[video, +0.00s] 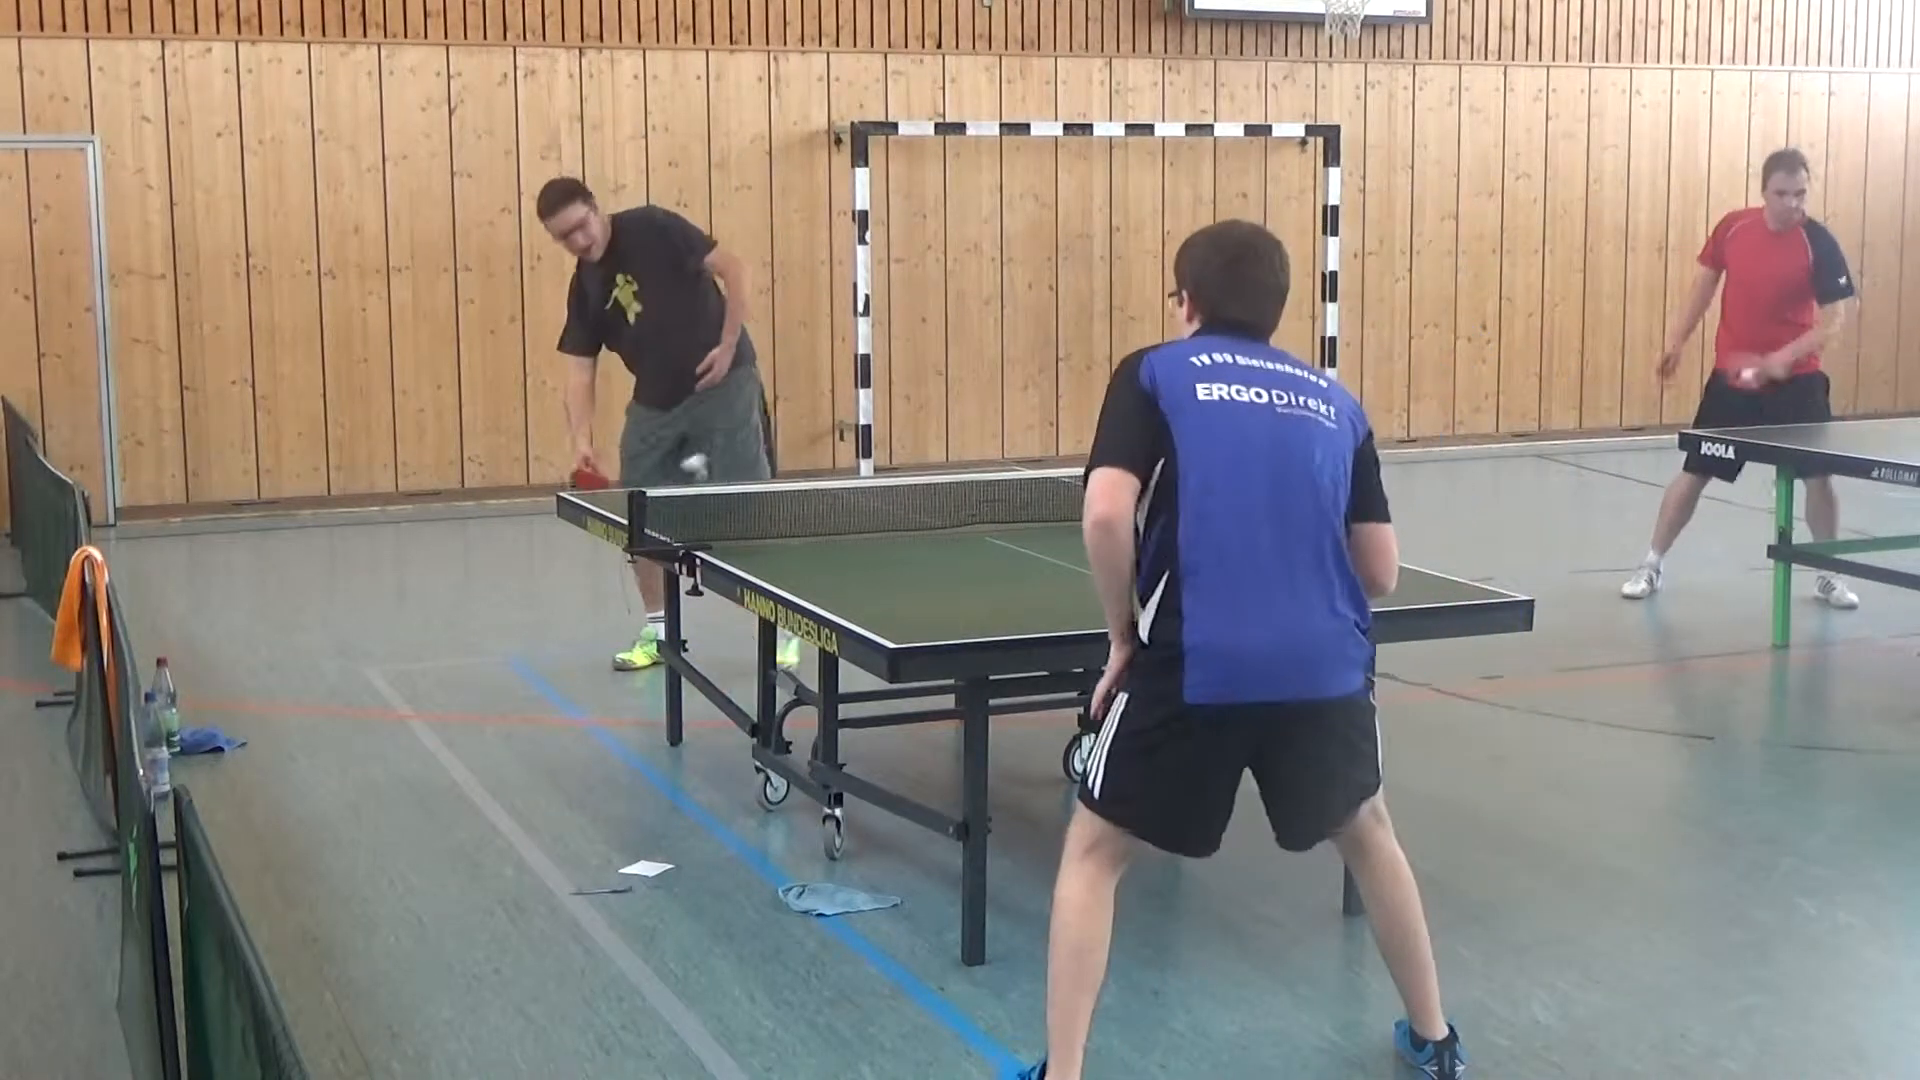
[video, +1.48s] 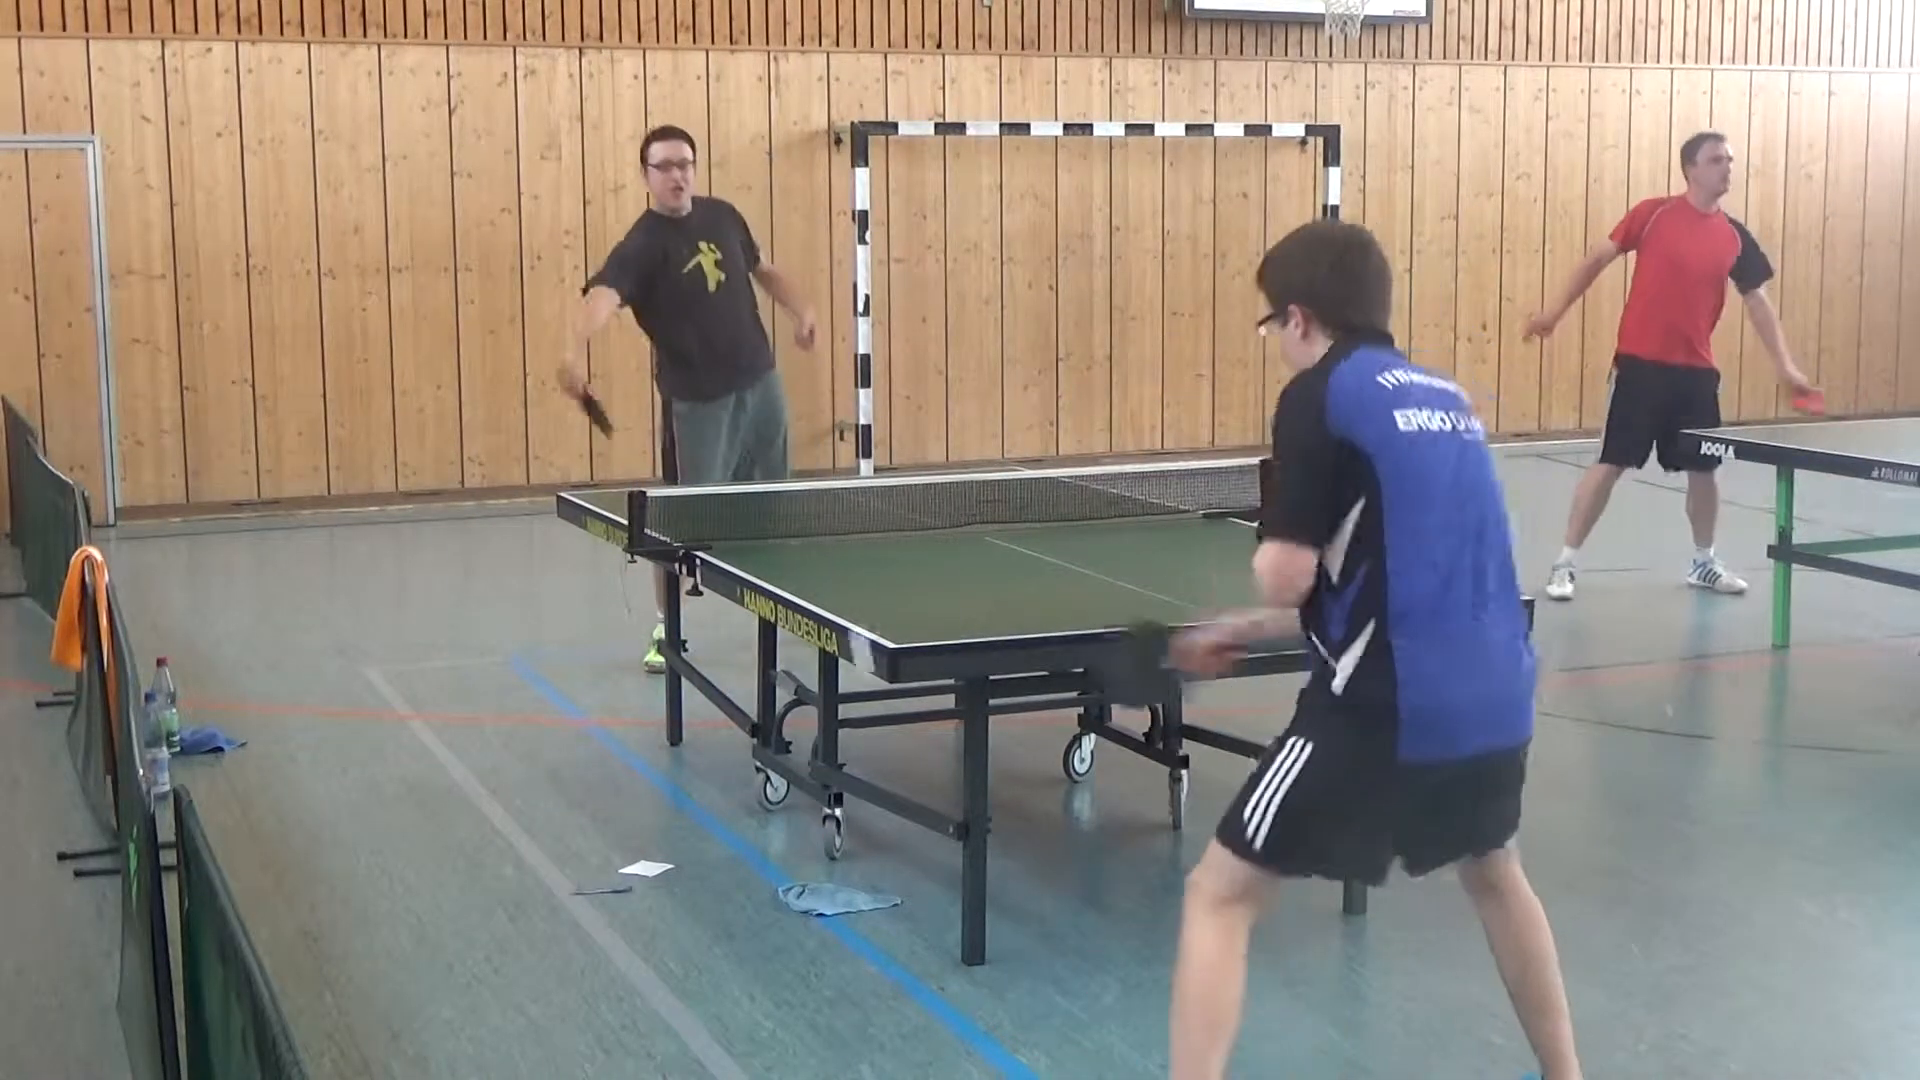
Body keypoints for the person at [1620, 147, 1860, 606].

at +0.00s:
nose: (1794, 202)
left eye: (1801, 192)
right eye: (1784, 193)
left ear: (1809, 191)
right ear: (1764, 192)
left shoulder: (1818, 241)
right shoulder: (1733, 228)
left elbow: (1833, 325)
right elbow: (1703, 289)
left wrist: (1782, 357)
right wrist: (1675, 344)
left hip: (1797, 382)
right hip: (1732, 379)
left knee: (1818, 476)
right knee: (1695, 472)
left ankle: (1827, 574)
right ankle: (1651, 565)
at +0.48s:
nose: (1794, 191)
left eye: (1796, 183)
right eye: (1784, 183)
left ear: (1796, 188)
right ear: (1755, 187)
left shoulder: (1803, 250)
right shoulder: (1713, 233)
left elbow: (1811, 328)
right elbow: (1668, 276)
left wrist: (1771, 345)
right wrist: (1637, 330)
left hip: (1775, 387)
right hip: (1709, 384)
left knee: (1808, 483)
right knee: (1671, 478)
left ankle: (1830, 570)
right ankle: (1617, 566)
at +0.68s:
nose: (1764, 176)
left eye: (1766, 168)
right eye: (1754, 168)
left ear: (1765, 173)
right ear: (1724, 171)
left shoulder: (1769, 229)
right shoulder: (1681, 218)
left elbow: (1778, 294)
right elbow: (1617, 258)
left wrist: (1762, 327)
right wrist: (1579, 312)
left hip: (1741, 371)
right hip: (1679, 369)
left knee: (1765, 461)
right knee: (1651, 463)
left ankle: (1782, 562)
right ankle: (1603, 562)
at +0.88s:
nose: (1743, 187)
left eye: (1745, 180)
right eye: (1733, 180)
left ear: (1745, 183)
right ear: (1704, 183)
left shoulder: (1748, 240)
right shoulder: (1667, 231)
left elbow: (1754, 311)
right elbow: (1602, 276)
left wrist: (1742, 353)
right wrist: (1555, 328)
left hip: (1723, 383)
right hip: (1666, 381)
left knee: (1745, 471)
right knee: (1629, 477)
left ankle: (1728, 563)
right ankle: (1557, 560)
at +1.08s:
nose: (1742, 207)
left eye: (1744, 199)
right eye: (1735, 197)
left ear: (1722, 203)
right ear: (1706, 196)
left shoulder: (1714, 260)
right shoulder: (1664, 235)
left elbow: (1719, 325)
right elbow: (1609, 280)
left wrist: (1785, 354)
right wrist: (1566, 342)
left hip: (1692, 391)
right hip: (1641, 385)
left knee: (1727, 476)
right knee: (1614, 485)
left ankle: (1724, 564)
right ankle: (1542, 559)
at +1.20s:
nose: (1748, 193)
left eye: (1749, 186)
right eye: (1741, 184)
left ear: (1735, 192)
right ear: (1711, 185)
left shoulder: (1735, 255)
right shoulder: (1672, 218)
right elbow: (1608, 259)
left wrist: (1845, 353)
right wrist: (1562, 315)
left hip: (1686, 374)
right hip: (1634, 365)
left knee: (1709, 463)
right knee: (1602, 465)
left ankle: (1704, 563)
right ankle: (1528, 562)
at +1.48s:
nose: (1729, 167)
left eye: (1730, 160)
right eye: (1718, 160)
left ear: (1729, 169)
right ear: (1691, 169)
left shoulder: (1733, 236)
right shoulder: (1652, 214)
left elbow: (1758, 304)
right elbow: (1595, 262)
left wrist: (1787, 366)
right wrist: (1553, 314)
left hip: (1695, 371)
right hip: (1640, 365)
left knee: (1704, 467)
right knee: (1613, 462)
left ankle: (1704, 563)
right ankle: (1565, 563)